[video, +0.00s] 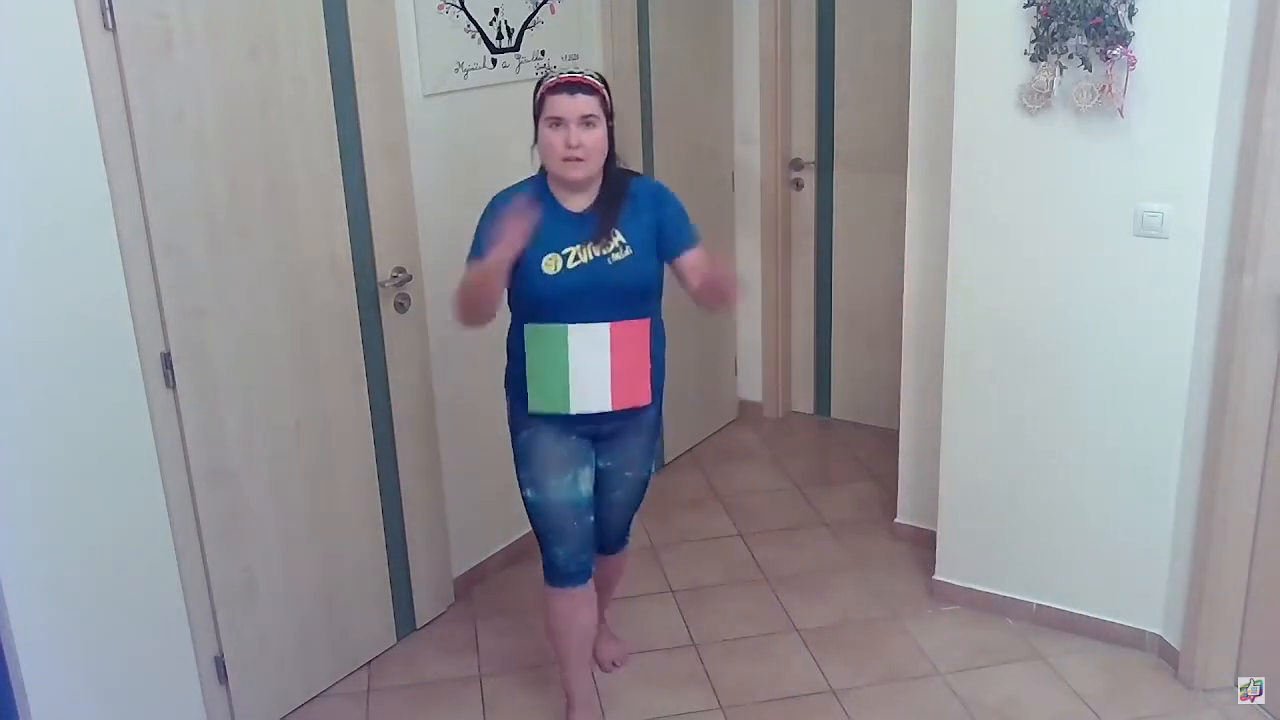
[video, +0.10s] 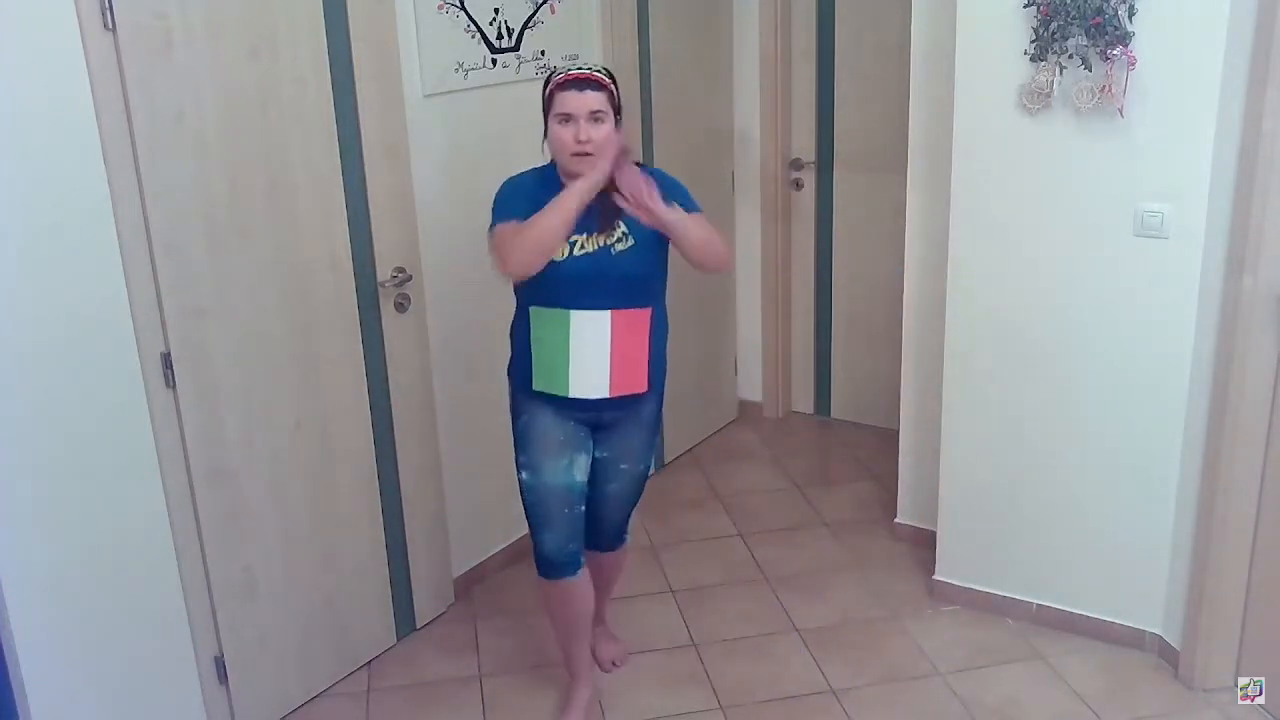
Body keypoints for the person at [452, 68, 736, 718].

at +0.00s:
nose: (574, 138)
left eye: (588, 123)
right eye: (557, 124)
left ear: (609, 133)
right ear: (536, 135)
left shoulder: (649, 201)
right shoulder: (513, 208)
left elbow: (711, 293)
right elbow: (471, 312)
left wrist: (716, 283)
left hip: (632, 409)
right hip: (546, 413)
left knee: (612, 538)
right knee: (568, 561)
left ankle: (601, 618)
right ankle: (580, 702)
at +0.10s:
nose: (582, 134)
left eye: (596, 119)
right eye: (566, 120)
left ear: (620, 128)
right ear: (547, 131)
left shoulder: (655, 186)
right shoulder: (523, 191)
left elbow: (717, 258)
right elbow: (514, 262)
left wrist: (659, 213)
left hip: (633, 394)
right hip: (546, 395)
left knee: (608, 535)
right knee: (556, 548)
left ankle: (600, 618)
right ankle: (579, 678)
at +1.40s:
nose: (824, 123)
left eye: (838, 110)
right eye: (808, 109)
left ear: (858, 124)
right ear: (781, 123)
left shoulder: (887, 192)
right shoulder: (755, 185)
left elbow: (957, 225)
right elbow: (746, 233)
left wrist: (859, 167)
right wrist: (834, 164)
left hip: (877, 425)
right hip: (784, 421)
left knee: (850, 599)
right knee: (774, 577)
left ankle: (842, 706)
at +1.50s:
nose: (855, 131)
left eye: (870, 118)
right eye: (838, 117)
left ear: (893, 135)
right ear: (814, 132)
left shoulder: (918, 209)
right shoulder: (786, 193)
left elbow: (997, 237)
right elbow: (780, 240)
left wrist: (903, 181)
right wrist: (867, 179)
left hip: (905, 431)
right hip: (814, 429)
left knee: (860, 604)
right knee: (813, 585)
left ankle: (847, 711)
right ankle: (897, 646)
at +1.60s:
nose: (875, 136)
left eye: (891, 123)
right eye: (859, 121)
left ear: (911, 135)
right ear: (834, 133)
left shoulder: (936, 210)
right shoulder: (803, 195)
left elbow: (1019, 244)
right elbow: (802, 245)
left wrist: (924, 185)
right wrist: (890, 183)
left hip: (923, 434)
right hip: (832, 432)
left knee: (871, 606)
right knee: (843, 588)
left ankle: (852, 709)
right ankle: (917, 648)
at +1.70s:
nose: (902, 126)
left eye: (918, 113)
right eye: (886, 111)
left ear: (940, 129)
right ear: (860, 125)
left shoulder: (965, 203)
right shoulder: (827, 190)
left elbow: (1056, 233)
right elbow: (823, 240)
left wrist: (958, 183)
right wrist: (912, 180)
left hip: (954, 426)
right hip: (861, 425)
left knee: (904, 593)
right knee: (880, 575)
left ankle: (887, 707)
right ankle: (938, 655)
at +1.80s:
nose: (930, 105)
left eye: (946, 94)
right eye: (914, 92)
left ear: (967, 112)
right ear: (888, 108)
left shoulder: (996, 180)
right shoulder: (855, 176)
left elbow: (1101, 202)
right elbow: (833, 224)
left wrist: (1000, 178)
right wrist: (928, 167)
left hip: (979, 411)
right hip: (885, 411)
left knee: (953, 580)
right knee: (909, 568)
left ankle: (949, 698)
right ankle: (940, 676)